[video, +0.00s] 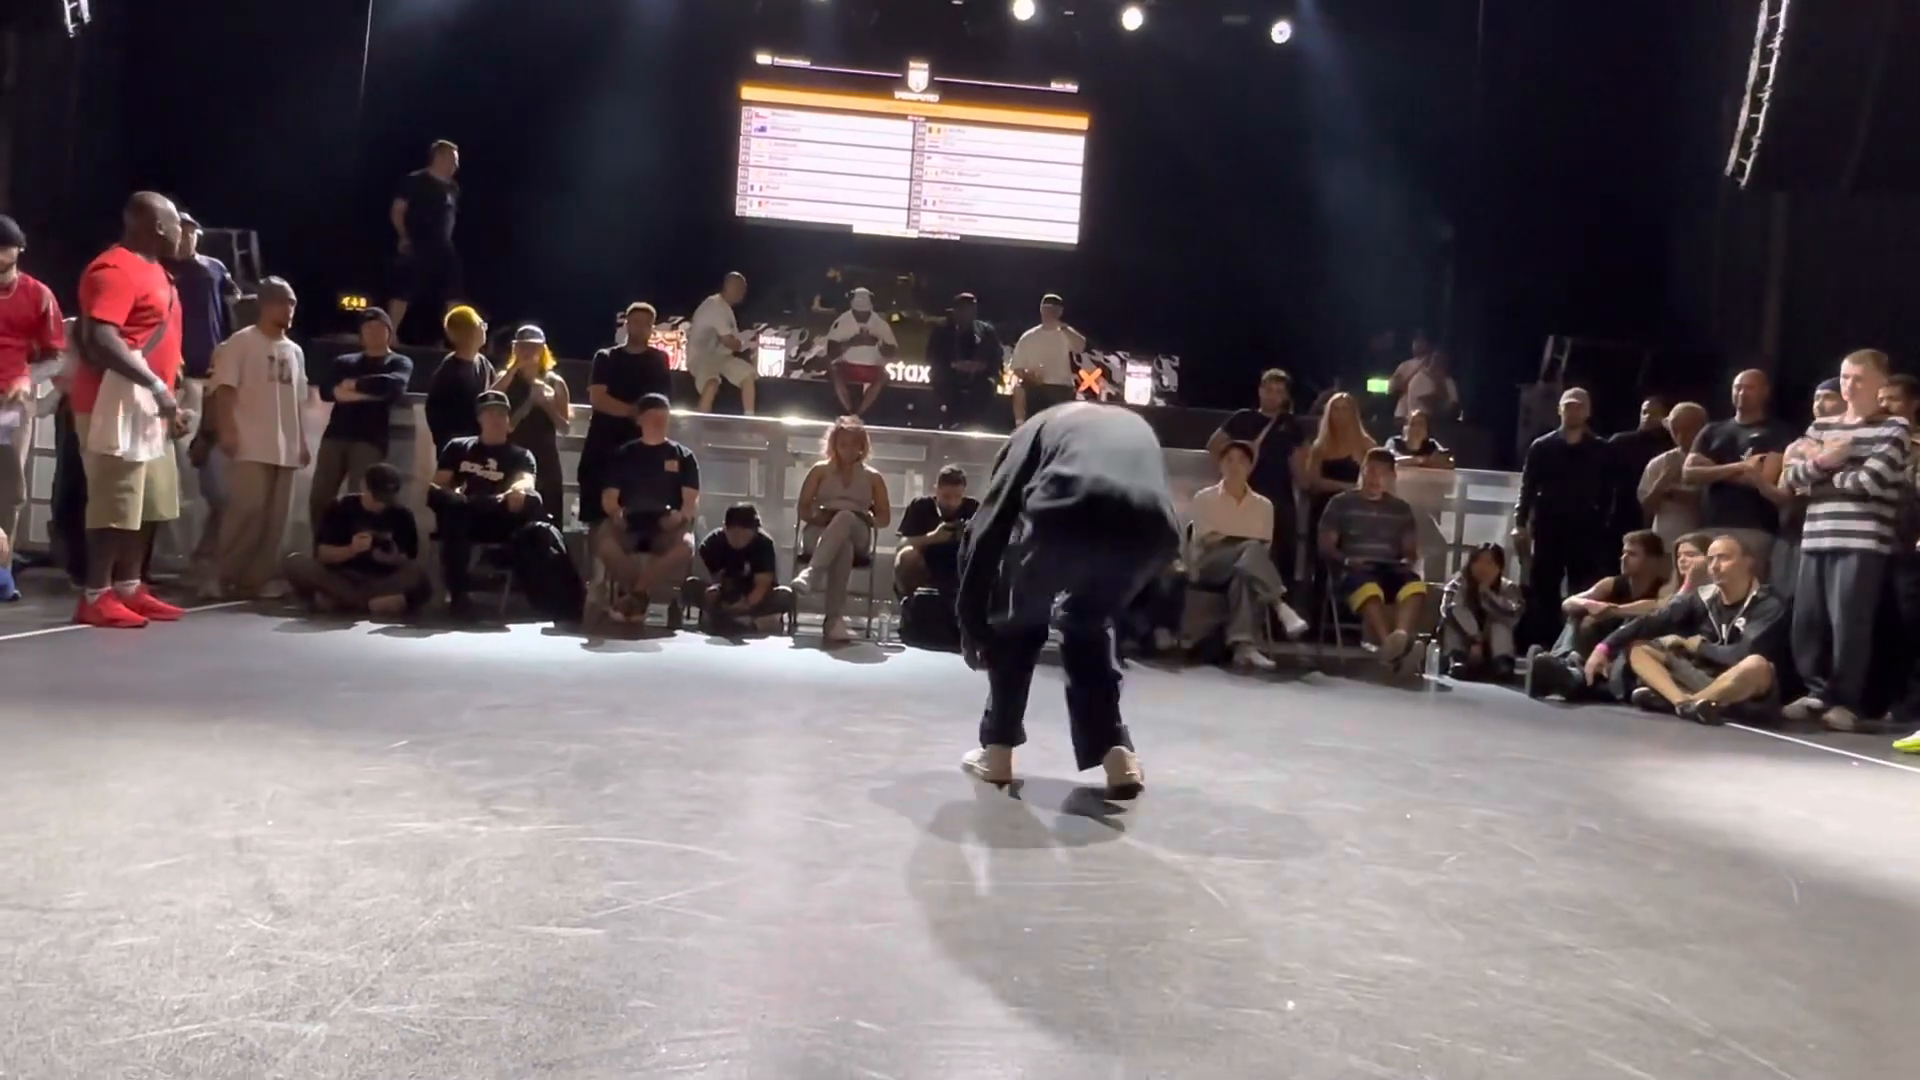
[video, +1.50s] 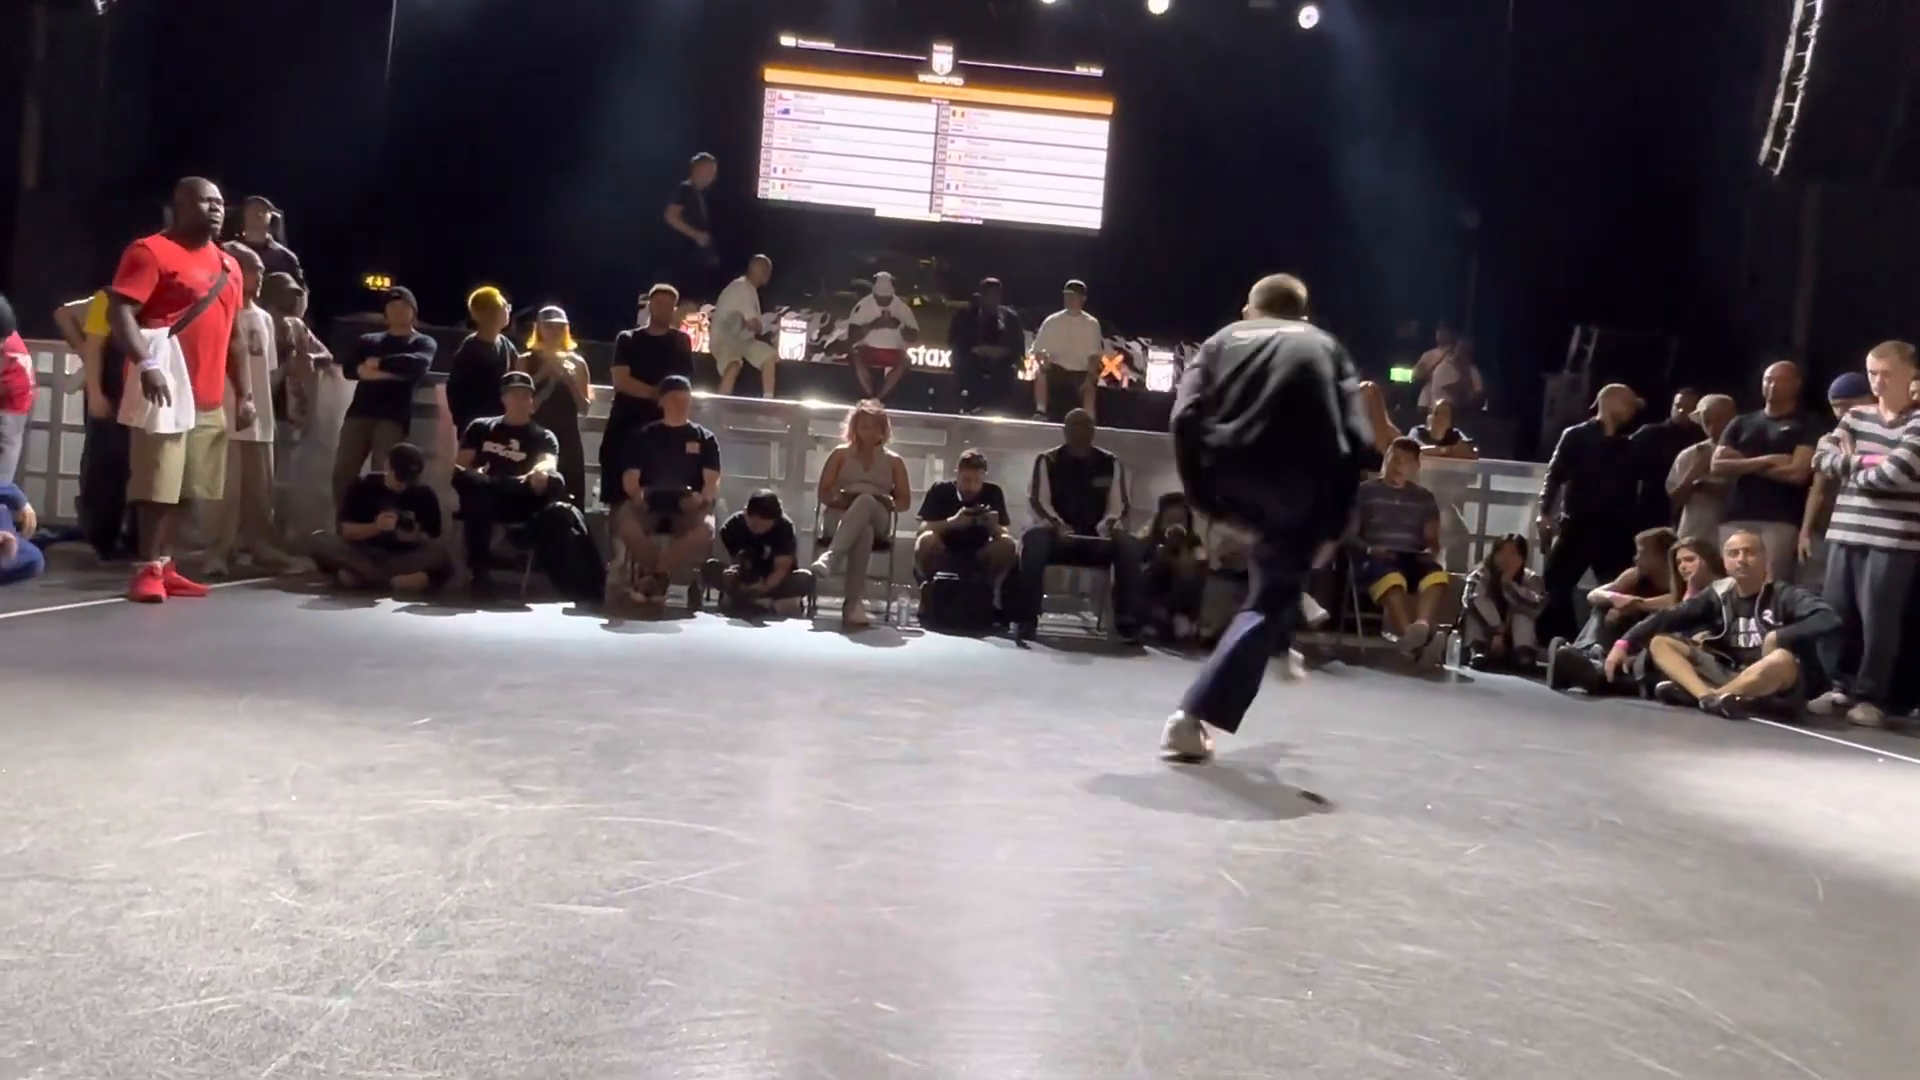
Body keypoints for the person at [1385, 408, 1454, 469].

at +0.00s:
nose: (1417, 429)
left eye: (1421, 424)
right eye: (1413, 424)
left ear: (1427, 428)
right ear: (1406, 427)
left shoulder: (1432, 445)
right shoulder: (1394, 442)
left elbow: (1447, 460)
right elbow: (1391, 459)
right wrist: (1420, 460)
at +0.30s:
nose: (1423, 428)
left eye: (1427, 424)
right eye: (1419, 424)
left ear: (1433, 427)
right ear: (1412, 426)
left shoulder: (1438, 444)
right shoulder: (1400, 442)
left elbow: (1454, 462)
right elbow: (1396, 459)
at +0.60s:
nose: (1427, 427)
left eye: (1431, 422)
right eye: (1423, 422)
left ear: (1437, 425)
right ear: (1417, 425)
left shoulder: (1442, 443)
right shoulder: (1404, 441)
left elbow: (1457, 460)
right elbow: (1402, 458)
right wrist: (1436, 459)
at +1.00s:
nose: (1433, 422)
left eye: (1438, 418)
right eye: (1429, 417)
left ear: (1444, 421)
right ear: (1423, 420)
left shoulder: (1449, 438)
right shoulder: (1411, 436)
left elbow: (1464, 456)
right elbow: (1408, 454)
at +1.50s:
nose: (1440, 418)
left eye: (1445, 414)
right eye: (1436, 413)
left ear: (1451, 418)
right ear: (1430, 415)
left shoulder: (1456, 434)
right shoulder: (1417, 432)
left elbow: (1471, 452)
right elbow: (1415, 450)